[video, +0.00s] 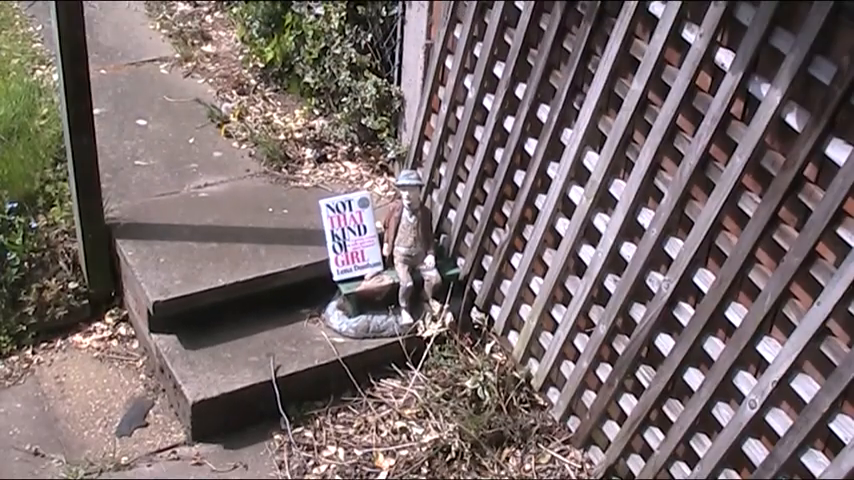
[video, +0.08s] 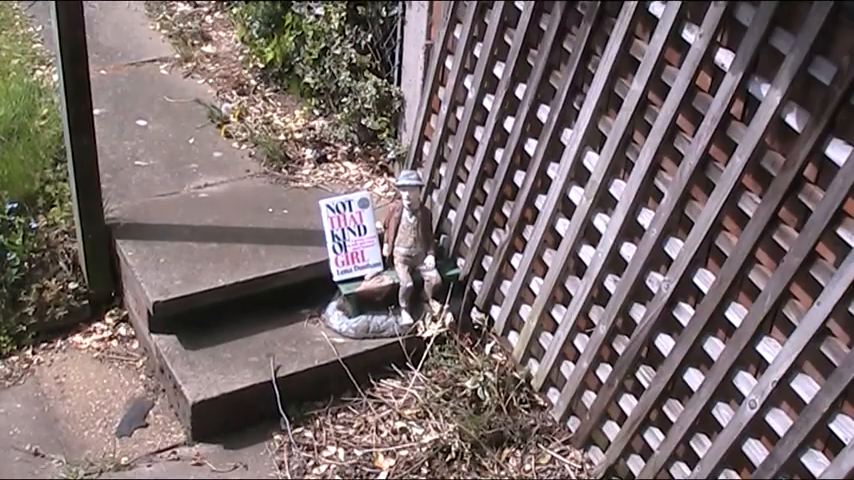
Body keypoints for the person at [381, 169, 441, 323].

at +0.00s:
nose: (407, 194)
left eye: (411, 190)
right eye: (403, 190)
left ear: (419, 191)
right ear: (399, 191)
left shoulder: (425, 213)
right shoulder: (395, 210)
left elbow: (429, 237)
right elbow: (388, 228)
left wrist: (430, 253)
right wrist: (386, 244)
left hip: (421, 254)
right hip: (400, 253)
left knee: (434, 279)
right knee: (407, 284)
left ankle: (428, 303)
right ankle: (405, 309)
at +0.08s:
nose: (407, 195)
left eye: (411, 190)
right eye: (403, 190)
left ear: (419, 192)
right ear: (399, 192)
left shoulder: (425, 213)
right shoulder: (395, 210)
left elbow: (429, 237)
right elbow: (388, 228)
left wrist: (430, 253)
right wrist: (386, 244)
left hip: (421, 254)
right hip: (400, 253)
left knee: (434, 279)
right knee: (407, 284)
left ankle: (427, 302)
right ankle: (405, 309)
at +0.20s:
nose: (406, 194)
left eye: (411, 190)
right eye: (403, 190)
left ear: (419, 191)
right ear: (399, 191)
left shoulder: (425, 213)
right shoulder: (395, 209)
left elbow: (429, 236)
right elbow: (388, 227)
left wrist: (430, 253)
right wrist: (387, 243)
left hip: (421, 254)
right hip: (400, 252)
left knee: (434, 279)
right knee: (407, 283)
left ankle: (427, 302)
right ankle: (405, 308)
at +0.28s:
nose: (406, 194)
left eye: (411, 190)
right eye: (403, 189)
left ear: (419, 191)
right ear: (399, 191)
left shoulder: (425, 212)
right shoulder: (395, 209)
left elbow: (429, 236)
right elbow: (387, 227)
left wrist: (430, 252)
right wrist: (386, 243)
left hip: (420, 254)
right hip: (400, 253)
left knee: (434, 279)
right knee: (407, 283)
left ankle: (427, 302)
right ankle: (404, 309)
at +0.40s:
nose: (406, 195)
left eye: (411, 191)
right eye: (403, 191)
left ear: (419, 192)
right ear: (399, 192)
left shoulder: (425, 213)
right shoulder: (395, 211)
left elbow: (429, 237)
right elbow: (388, 229)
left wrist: (430, 253)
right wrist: (387, 244)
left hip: (420, 253)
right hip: (400, 252)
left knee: (434, 280)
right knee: (407, 284)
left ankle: (427, 302)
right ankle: (404, 309)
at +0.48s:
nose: (406, 193)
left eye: (411, 189)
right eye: (403, 189)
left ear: (419, 191)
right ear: (399, 191)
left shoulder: (425, 212)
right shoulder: (395, 209)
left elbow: (429, 235)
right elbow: (388, 227)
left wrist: (430, 251)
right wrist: (387, 243)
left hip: (421, 252)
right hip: (401, 251)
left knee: (434, 278)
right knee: (407, 283)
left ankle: (427, 299)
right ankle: (405, 308)